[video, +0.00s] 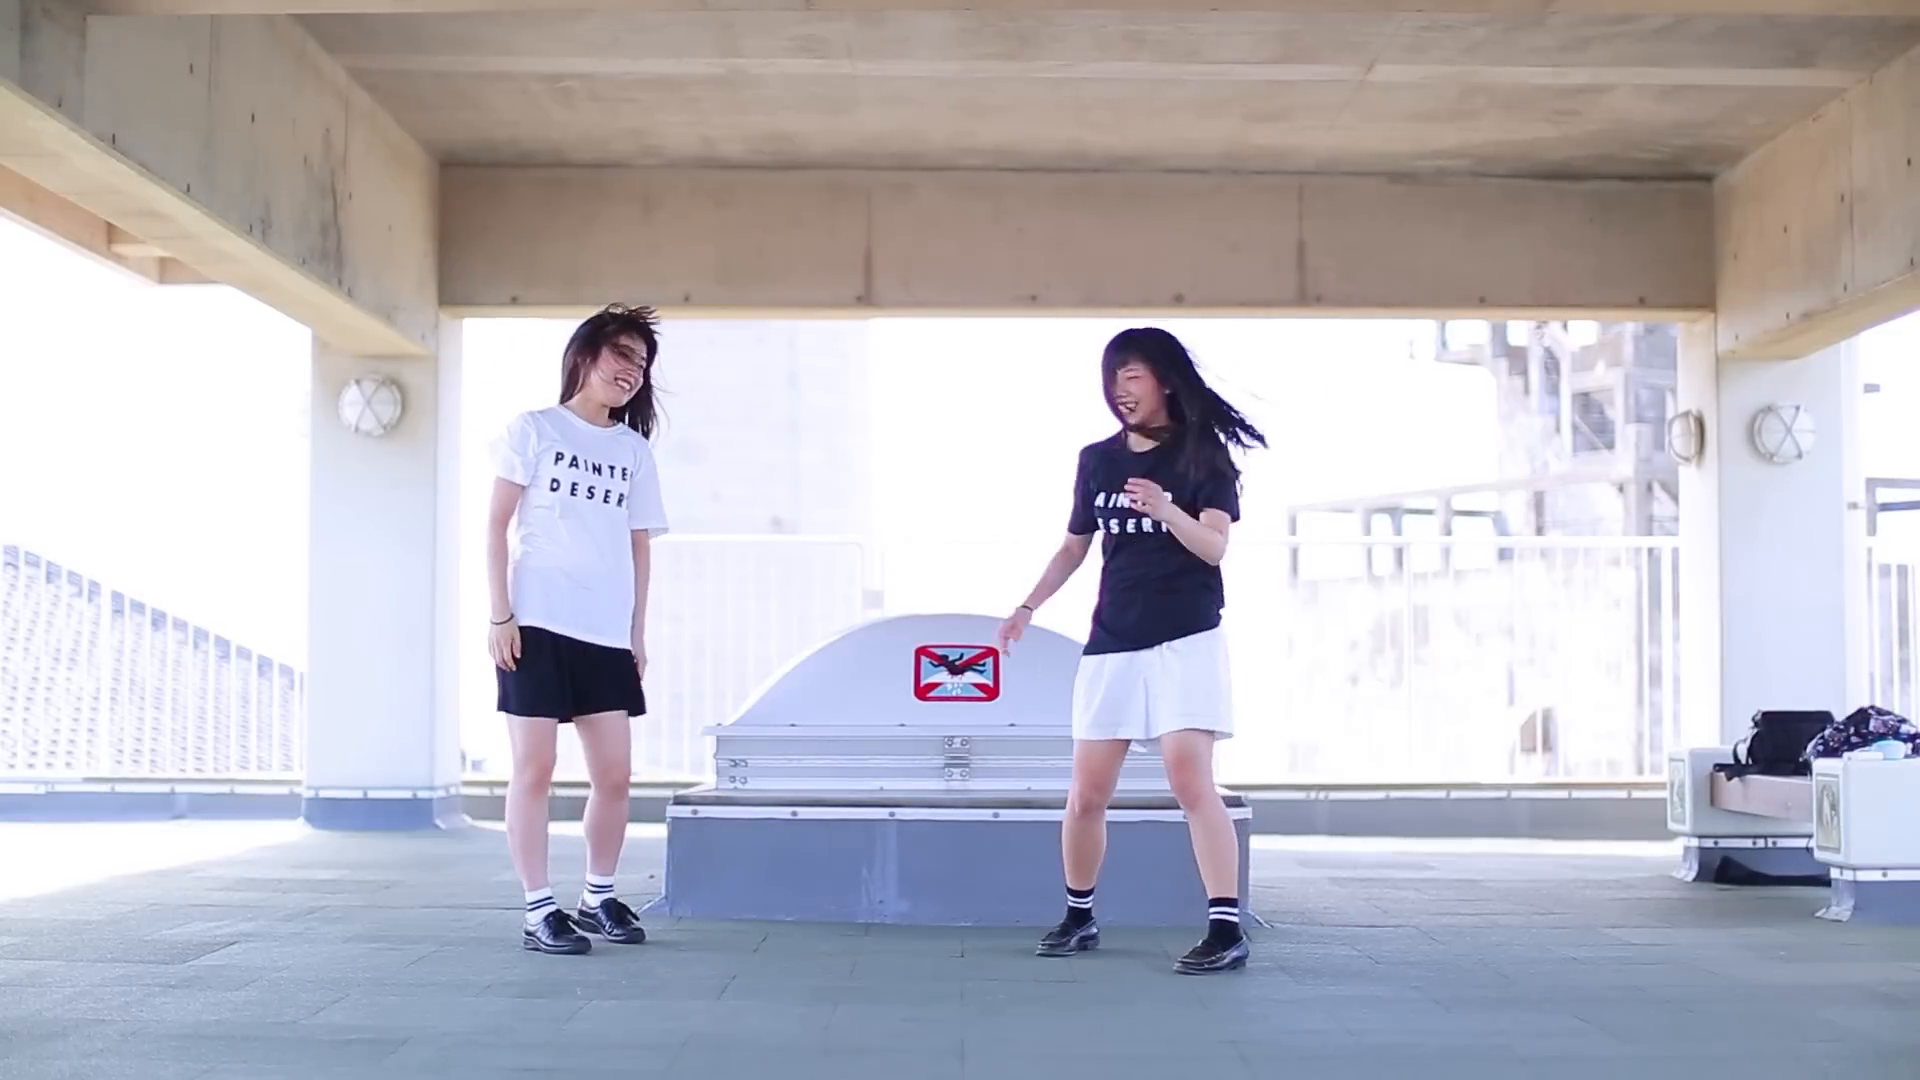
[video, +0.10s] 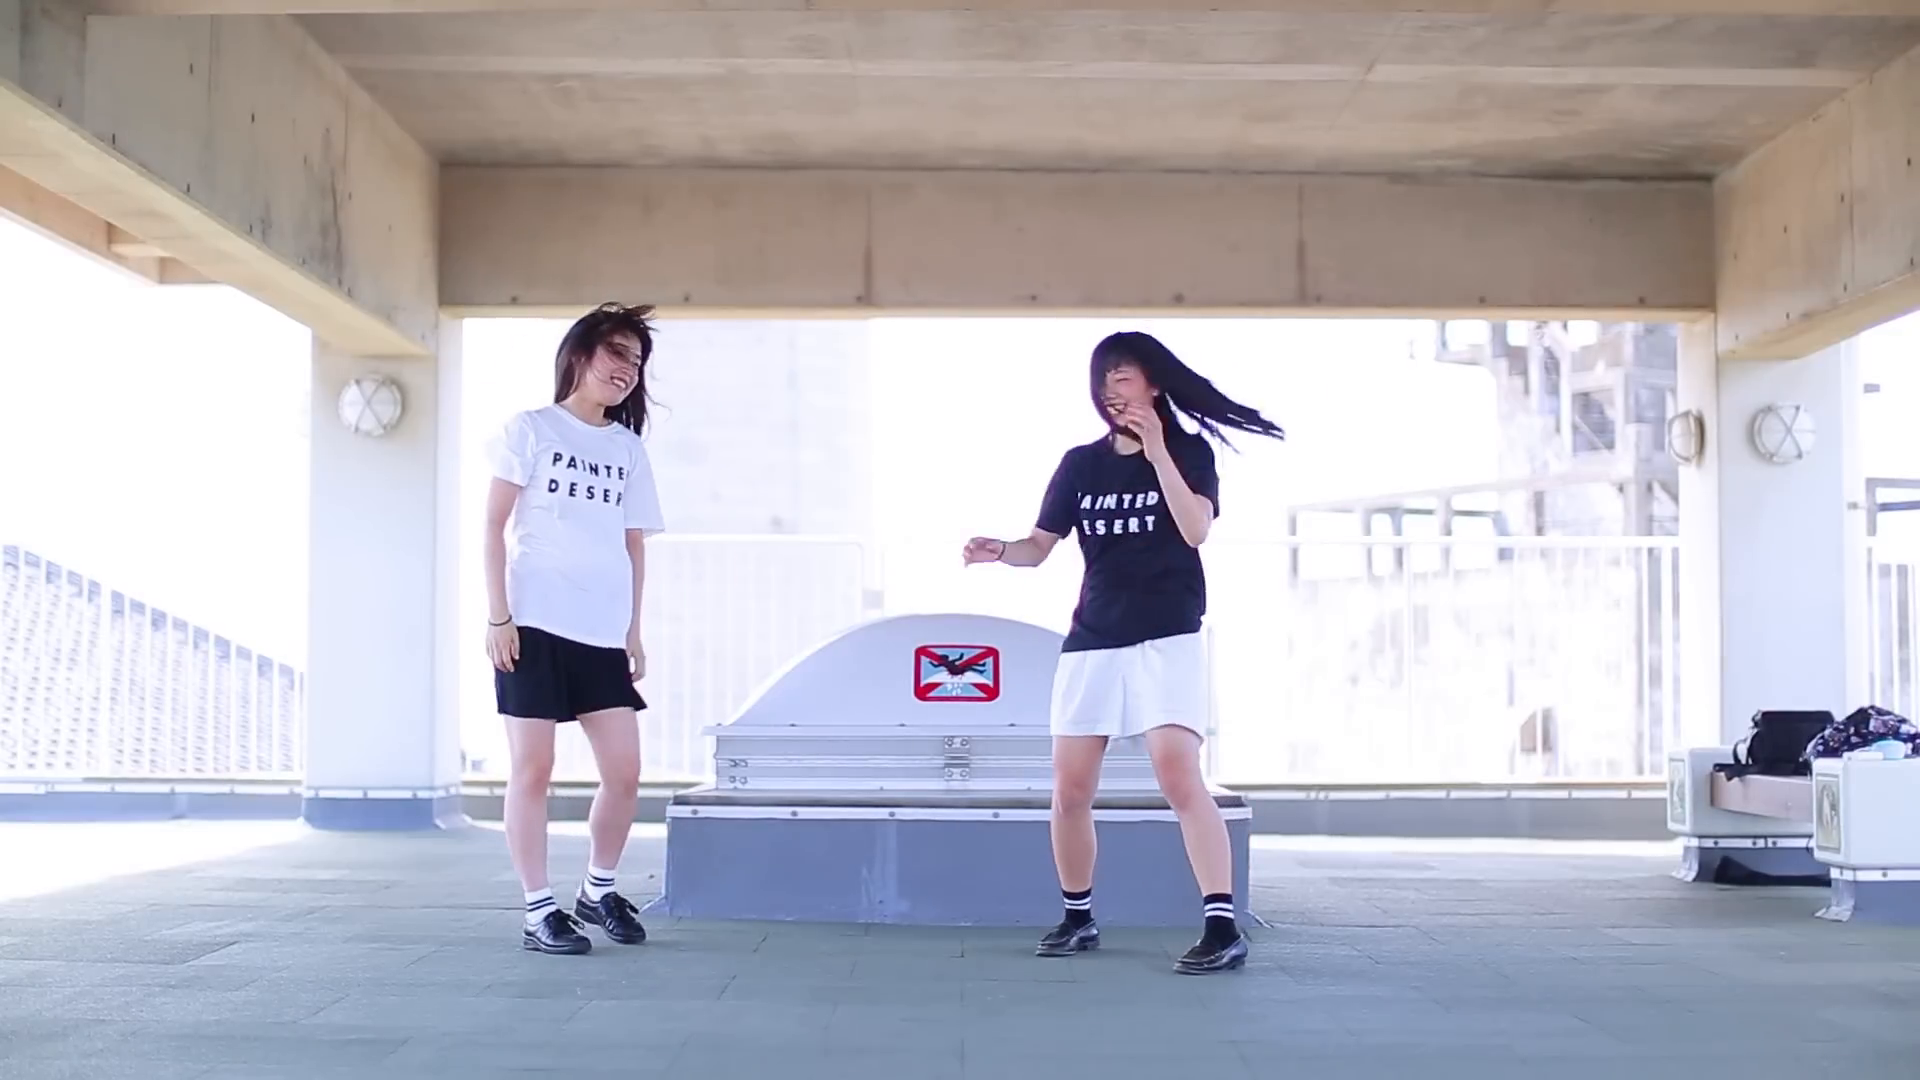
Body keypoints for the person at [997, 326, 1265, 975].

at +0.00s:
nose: (1122, 390)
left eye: (1134, 377)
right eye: (1115, 380)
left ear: (1169, 380)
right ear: (1109, 389)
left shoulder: (1206, 455)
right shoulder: (1099, 460)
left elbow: (1213, 548)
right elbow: (1075, 547)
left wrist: (1167, 510)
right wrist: (1028, 606)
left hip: (1186, 639)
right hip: (1112, 641)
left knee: (1191, 782)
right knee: (1086, 795)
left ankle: (1226, 929)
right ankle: (1078, 918)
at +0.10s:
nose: (1114, 391)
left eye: (1126, 379)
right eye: (1105, 382)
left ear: (1156, 383)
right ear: (1097, 392)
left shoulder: (1187, 452)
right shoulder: (1081, 463)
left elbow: (1197, 530)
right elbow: (1037, 550)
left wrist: (1158, 454)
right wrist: (1002, 550)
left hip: (1169, 637)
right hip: (1092, 640)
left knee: (1178, 775)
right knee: (1069, 790)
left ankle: (1221, 926)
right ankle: (1078, 919)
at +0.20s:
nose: (1099, 393)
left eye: (1110, 379)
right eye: (1089, 384)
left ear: (1141, 382)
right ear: (1080, 393)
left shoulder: (1175, 444)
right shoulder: (1069, 457)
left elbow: (1181, 501)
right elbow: (1017, 531)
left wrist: (1147, 422)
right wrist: (1009, 481)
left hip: (1157, 633)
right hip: (1079, 638)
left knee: (1174, 777)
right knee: (1067, 788)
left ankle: (1207, 919)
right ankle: (1077, 920)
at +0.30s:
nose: (1090, 395)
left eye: (1101, 381)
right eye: (1079, 385)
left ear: (1131, 381)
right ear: (1070, 393)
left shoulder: (1166, 438)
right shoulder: (1066, 451)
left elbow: (1183, 471)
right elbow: (1017, 500)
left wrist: (1143, 395)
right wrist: (1032, 415)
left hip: (1153, 631)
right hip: (1075, 636)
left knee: (1173, 776)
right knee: (1068, 785)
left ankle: (1202, 915)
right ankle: (1077, 921)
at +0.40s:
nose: (1092, 400)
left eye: (1102, 385)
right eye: (1081, 392)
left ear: (1129, 384)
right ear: (1072, 400)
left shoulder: (1162, 445)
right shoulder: (1069, 454)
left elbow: (1190, 451)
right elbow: (1017, 478)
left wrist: (1150, 385)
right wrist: (1045, 395)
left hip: (1153, 633)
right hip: (1075, 638)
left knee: (1181, 780)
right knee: (1068, 782)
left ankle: (1213, 910)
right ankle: (1076, 920)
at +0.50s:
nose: (1100, 406)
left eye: (1112, 392)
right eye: (1088, 396)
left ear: (1140, 392)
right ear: (1077, 403)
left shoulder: (1170, 451)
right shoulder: (1071, 459)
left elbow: (1208, 447)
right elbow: (1010, 477)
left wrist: (1158, 387)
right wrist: (1046, 403)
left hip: (1162, 638)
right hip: (1082, 641)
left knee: (1191, 786)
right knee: (1072, 784)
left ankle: (1223, 908)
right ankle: (1076, 920)